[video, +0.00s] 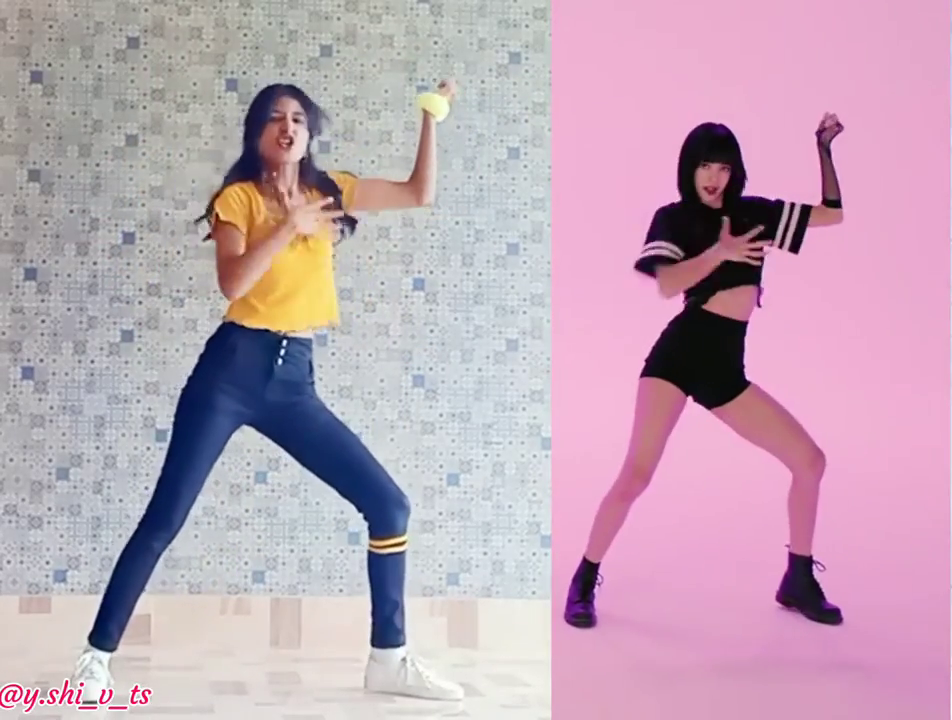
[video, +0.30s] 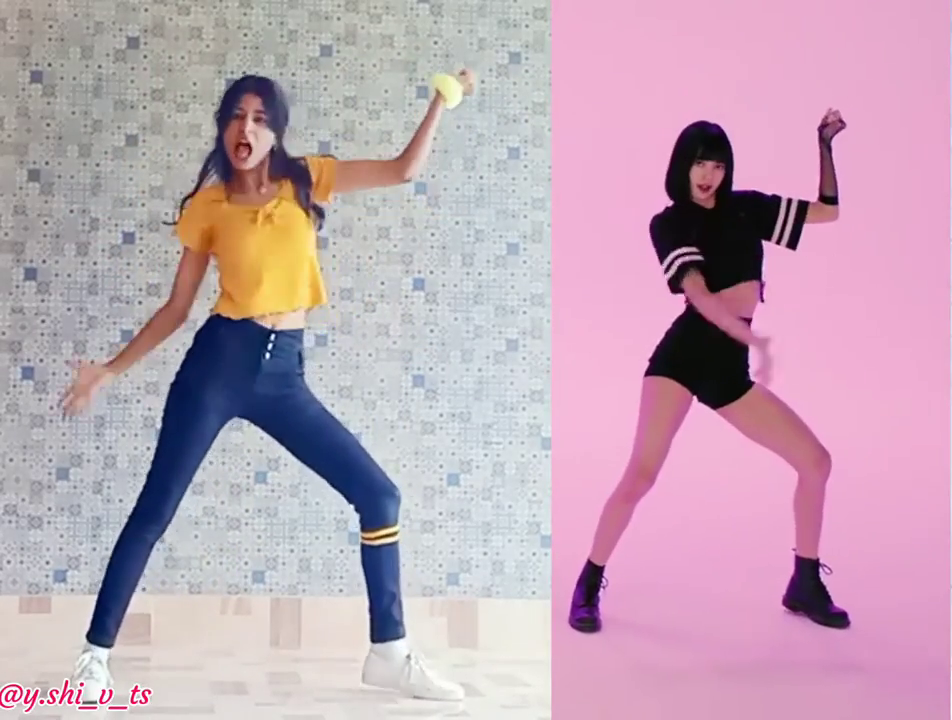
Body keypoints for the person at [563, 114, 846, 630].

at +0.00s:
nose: (713, 178)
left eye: (722, 168)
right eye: (703, 168)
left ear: (735, 170)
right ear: (688, 170)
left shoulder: (753, 213)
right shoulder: (674, 218)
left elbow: (832, 213)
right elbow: (667, 283)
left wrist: (824, 148)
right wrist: (722, 252)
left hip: (724, 367)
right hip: (677, 356)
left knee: (809, 461)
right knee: (635, 477)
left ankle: (798, 579)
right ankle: (584, 581)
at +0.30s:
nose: (707, 176)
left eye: (717, 166)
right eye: (698, 165)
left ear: (727, 169)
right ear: (681, 167)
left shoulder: (747, 209)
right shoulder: (669, 224)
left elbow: (827, 211)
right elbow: (697, 293)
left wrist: (825, 144)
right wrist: (747, 336)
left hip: (727, 367)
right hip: (680, 358)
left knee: (815, 462)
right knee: (640, 476)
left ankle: (805, 583)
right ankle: (589, 584)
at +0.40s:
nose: (704, 174)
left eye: (712, 162)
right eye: (694, 165)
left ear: (724, 165)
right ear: (679, 172)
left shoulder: (753, 210)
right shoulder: (672, 233)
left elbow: (833, 213)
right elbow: (658, 315)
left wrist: (833, 146)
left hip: (734, 372)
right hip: (686, 364)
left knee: (819, 467)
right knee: (645, 482)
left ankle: (813, 590)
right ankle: (596, 591)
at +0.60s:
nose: (698, 162)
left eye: (700, 152)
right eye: (684, 163)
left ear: (714, 154)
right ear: (676, 181)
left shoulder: (762, 206)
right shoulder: (687, 229)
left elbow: (839, 220)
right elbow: (639, 304)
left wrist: (844, 152)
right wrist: (585, 365)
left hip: (736, 374)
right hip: (692, 363)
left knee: (819, 467)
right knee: (663, 486)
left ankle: (836, 595)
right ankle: (612, 603)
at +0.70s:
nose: (711, 175)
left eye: (712, 163)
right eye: (698, 177)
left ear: (731, 164)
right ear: (694, 196)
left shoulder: (779, 223)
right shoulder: (697, 239)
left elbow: (853, 227)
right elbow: (642, 311)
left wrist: (857, 161)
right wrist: (584, 370)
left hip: (750, 381)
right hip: (699, 374)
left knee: (835, 481)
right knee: (670, 503)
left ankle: (828, 589)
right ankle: (625, 613)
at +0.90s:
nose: (772, 227)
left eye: (785, 225)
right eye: (769, 212)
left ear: (792, 236)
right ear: (750, 207)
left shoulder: (786, 280)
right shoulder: (697, 269)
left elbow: (875, 297)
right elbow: (652, 347)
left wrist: (898, 230)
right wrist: (600, 417)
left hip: (786, 409)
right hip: (730, 423)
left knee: (858, 515)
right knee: (668, 496)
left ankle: (850, 610)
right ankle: (642, 626)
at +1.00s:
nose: (785, 221)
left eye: (799, 220)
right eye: (783, 206)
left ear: (804, 233)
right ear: (763, 200)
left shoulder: (795, 275)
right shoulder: (706, 258)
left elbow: (879, 300)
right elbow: (661, 334)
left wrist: (908, 234)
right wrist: (612, 398)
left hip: (796, 401)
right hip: (740, 414)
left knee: (867, 512)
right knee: (672, 497)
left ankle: (864, 615)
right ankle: (648, 635)